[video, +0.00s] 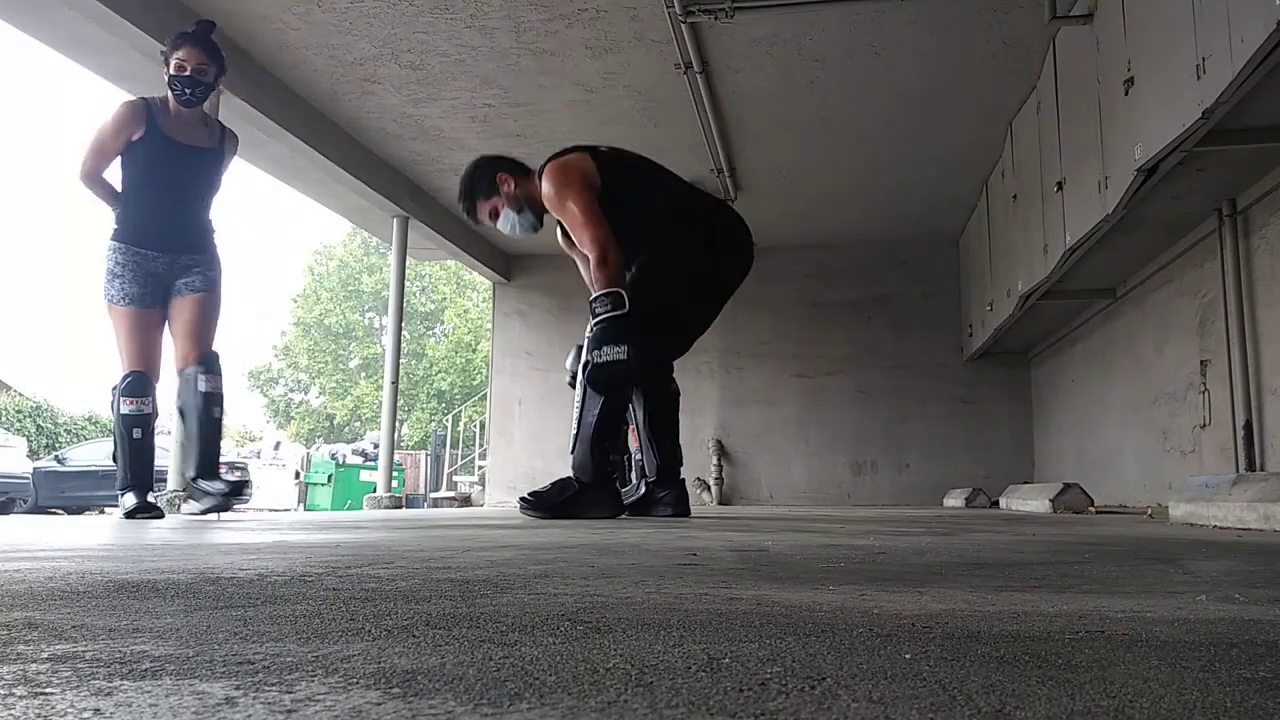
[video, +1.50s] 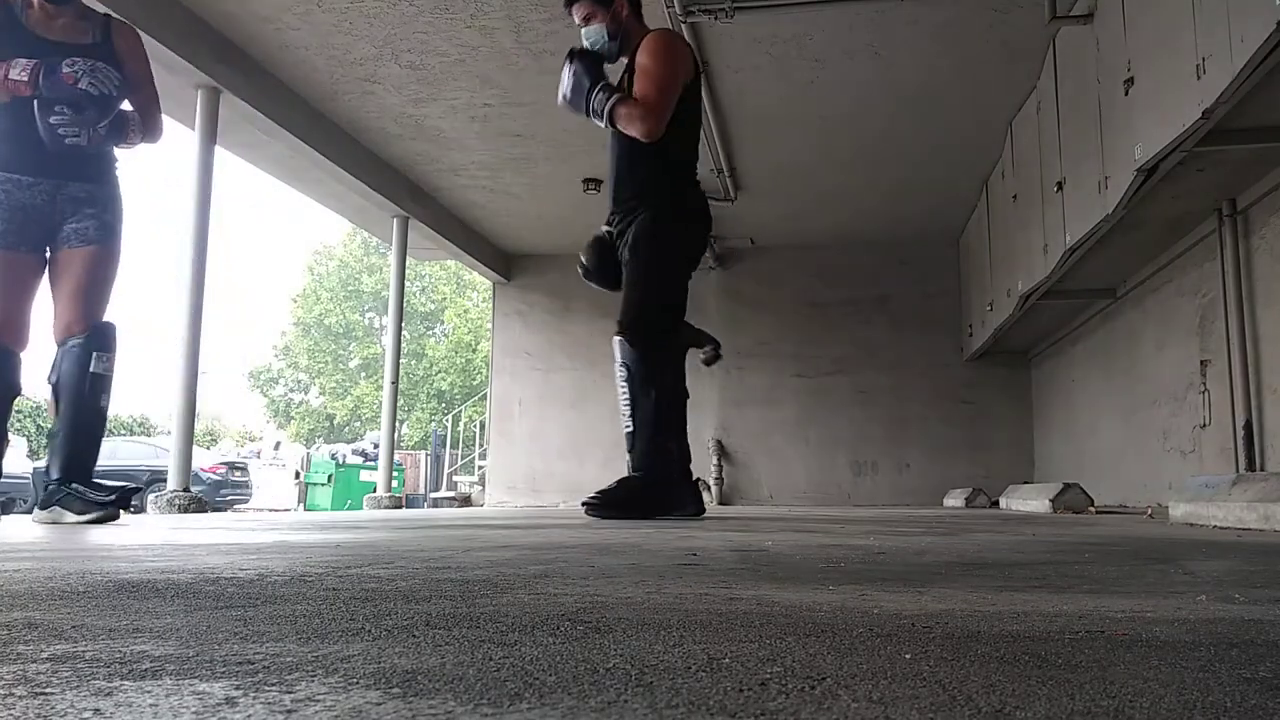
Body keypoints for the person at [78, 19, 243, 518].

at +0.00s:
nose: (188, 77)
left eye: (200, 70)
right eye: (180, 66)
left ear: (216, 79)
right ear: (166, 69)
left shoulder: (226, 141)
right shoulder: (137, 113)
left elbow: (204, 197)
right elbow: (90, 172)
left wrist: (188, 223)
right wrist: (128, 210)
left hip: (196, 258)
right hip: (135, 255)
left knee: (200, 366)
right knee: (139, 378)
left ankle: (205, 479)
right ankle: (137, 492)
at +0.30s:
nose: (182, 61)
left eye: (196, 54)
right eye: (174, 50)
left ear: (212, 64)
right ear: (161, 52)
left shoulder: (226, 128)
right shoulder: (124, 102)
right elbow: (80, 167)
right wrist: (39, 214)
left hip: (191, 251)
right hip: (124, 249)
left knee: (167, 361)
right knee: (131, 374)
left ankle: (150, 485)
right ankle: (136, 490)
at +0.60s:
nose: (160, 32)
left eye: (175, 24)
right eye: (152, 20)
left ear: (198, 34)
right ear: (142, 23)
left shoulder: (214, 94)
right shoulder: (114, 82)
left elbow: (228, 176)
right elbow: (86, 151)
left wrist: (201, 195)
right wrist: (66, 155)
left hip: (178, 233)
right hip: (114, 228)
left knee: (166, 359)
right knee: (79, 359)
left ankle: (150, 490)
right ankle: (121, 465)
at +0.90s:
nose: (122, 9)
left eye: (138, 3)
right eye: (114, 1)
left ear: (161, 10)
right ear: (101, 7)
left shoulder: (178, 73)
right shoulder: (73, 63)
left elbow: (202, 156)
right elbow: (38, 145)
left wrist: (165, 147)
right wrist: (53, 114)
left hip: (151, 220)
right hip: (81, 216)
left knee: (149, 356)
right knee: (35, 353)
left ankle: (147, 489)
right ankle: (1, 479)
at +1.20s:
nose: (71, 1)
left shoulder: (124, 45)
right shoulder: (13, 32)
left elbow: (171, 128)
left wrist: (123, 129)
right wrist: (30, 89)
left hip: (99, 203)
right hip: (22, 197)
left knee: (101, 338)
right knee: (8, 340)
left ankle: (140, 476)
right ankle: (2, 478)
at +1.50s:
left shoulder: (117, 32)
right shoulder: (9, 20)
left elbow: (152, 123)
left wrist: (128, 130)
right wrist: (6, 88)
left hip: (90, 196)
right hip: (14, 192)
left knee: (79, 341)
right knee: (6, 343)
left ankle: (62, 484)